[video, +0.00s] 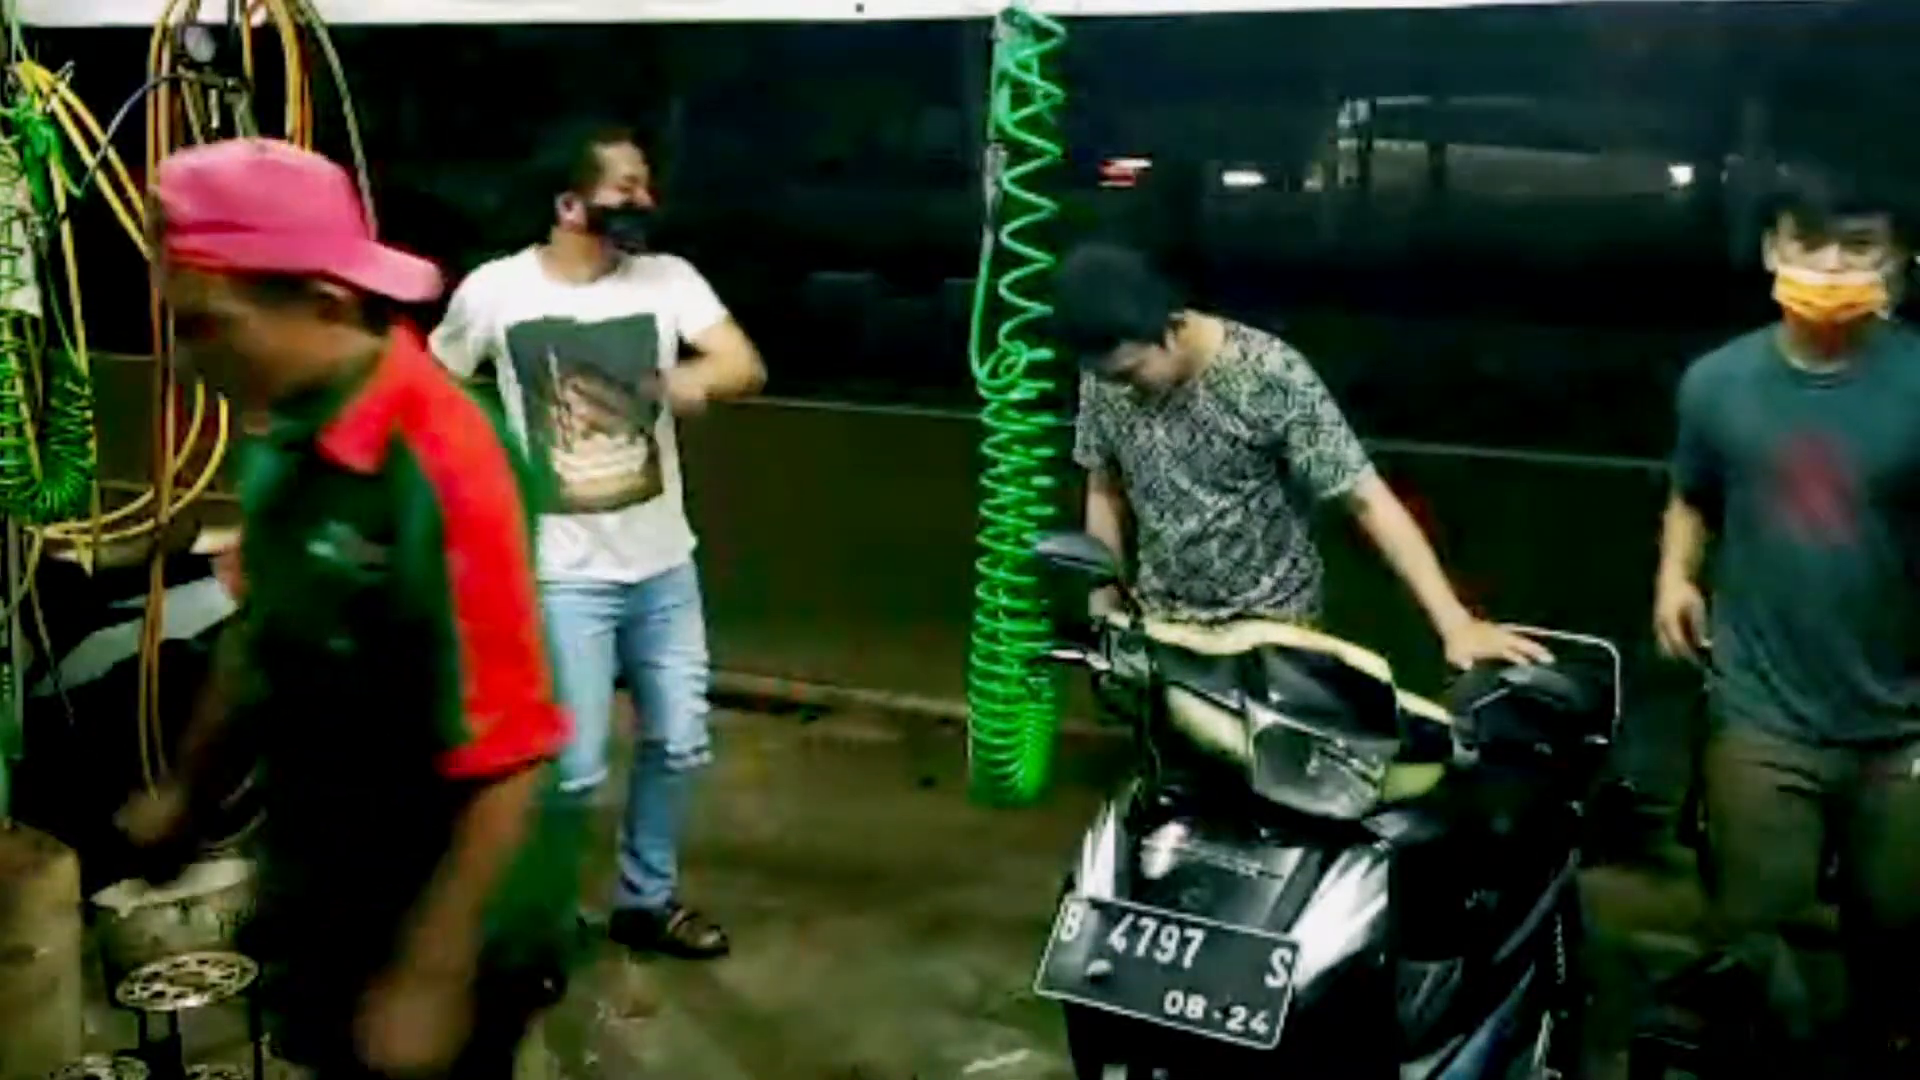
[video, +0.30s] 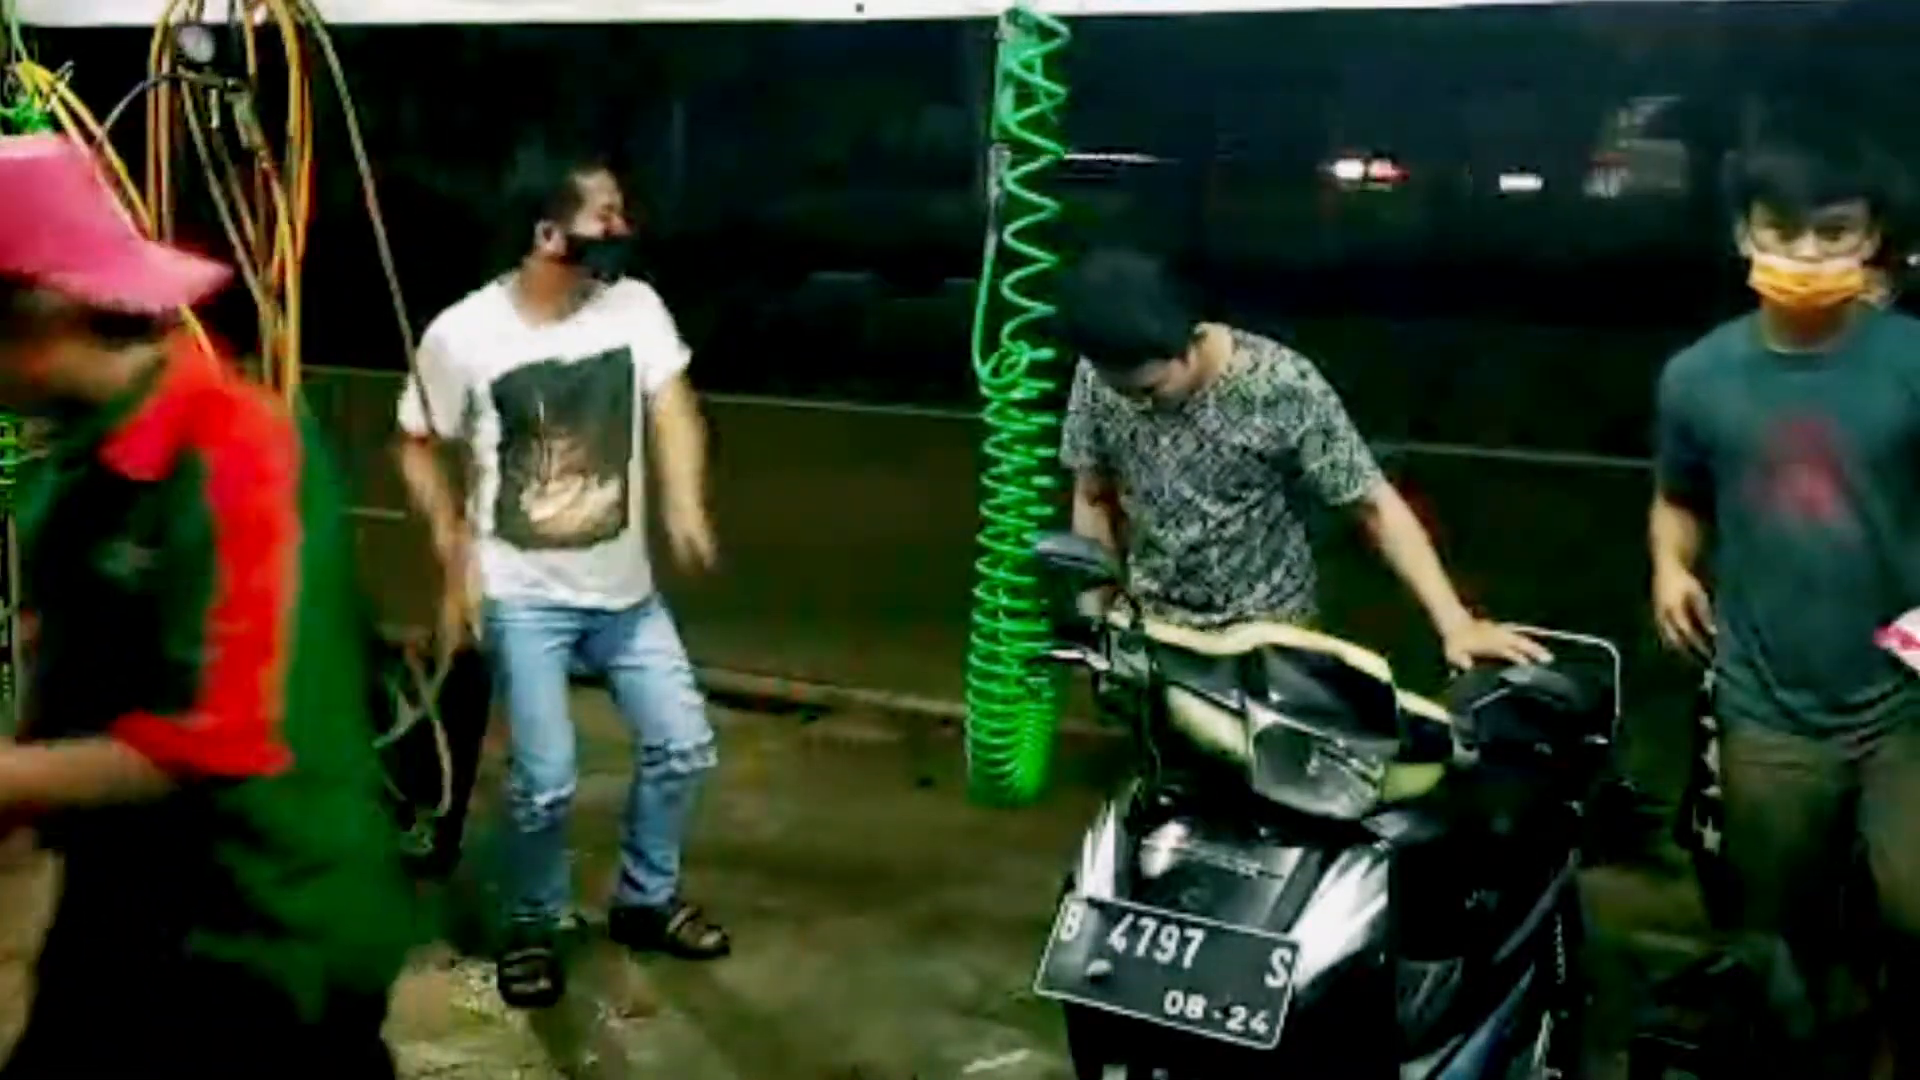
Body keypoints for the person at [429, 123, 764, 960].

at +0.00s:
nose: (641, 201)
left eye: (644, 186)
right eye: (623, 187)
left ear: (648, 198)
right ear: (570, 202)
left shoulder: (665, 281)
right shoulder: (495, 292)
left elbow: (741, 364)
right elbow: (427, 394)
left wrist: (683, 381)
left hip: (662, 562)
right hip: (562, 570)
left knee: (679, 744)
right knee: (576, 766)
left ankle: (647, 902)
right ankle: (546, 915)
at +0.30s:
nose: (620, 238)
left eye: (620, 219)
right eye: (602, 223)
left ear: (607, 229)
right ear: (545, 234)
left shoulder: (632, 309)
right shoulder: (461, 335)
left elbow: (675, 408)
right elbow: (416, 442)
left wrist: (683, 505)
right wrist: (452, 546)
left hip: (624, 591)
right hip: (520, 596)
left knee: (682, 747)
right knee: (546, 777)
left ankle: (645, 903)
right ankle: (530, 926)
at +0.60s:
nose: (631, 226)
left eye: (630, 210)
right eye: (615, 213)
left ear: (588, 234)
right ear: (560, 231)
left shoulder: (595, 305)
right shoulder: (490, 324)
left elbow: (591, 394)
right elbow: (461, 455)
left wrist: (639, 414)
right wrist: (557, 473)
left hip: (609, 582)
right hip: (516, 599)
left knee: (668, 746)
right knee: (551, 787)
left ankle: (665, 924)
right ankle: (532, 927)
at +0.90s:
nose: (666, 227)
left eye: (671, 214)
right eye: (649, 212)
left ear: (668, 225)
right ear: (592, 223)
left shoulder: (657, 303)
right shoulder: (533, 313)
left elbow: (665, 393)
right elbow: (485, 440)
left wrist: (723, 456)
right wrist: (581, 439)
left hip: (655, 578)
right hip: (559, 595)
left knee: (702, 755)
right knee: (591, 789)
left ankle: (668, 928)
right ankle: (531, 918)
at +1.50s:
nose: (579, 217)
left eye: (596, 198)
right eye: (560, 204)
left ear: (635, 208)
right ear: (540, 223)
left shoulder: (696, 316)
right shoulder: (517, 326)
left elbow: (739, 448)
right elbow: (499, 438)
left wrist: (652, 458)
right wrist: (498, 552)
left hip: (680, 611)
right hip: (561, 617)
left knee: (718, 820)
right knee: (570, 833)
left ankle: (695, 913)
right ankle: (632, 989)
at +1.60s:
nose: (576, 245)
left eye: (591, 223)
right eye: (556, 232)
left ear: (635, 229)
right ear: (538, 249)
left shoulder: (701, 343)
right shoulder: (515, 353)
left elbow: (744, 479)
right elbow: (493, 475)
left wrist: (722, 578)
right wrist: (498, 584)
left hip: (686, 637)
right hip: (564, 642)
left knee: (717, 839)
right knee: (568, 852)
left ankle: (728, 960)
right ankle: (634, 993)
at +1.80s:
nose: (603, 233)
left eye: (620, 212)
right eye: (583, 218)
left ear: (664, 216)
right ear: (561, 232)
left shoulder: (721, 318)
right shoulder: (529, 326)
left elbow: (793, 397)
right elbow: (446, 426)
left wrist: (838, 496)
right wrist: (474, 450)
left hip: (704, 619)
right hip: (580, 627)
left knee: (727, 840)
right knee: (591, 844)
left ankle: (757, 1042)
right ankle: (634, 1000)